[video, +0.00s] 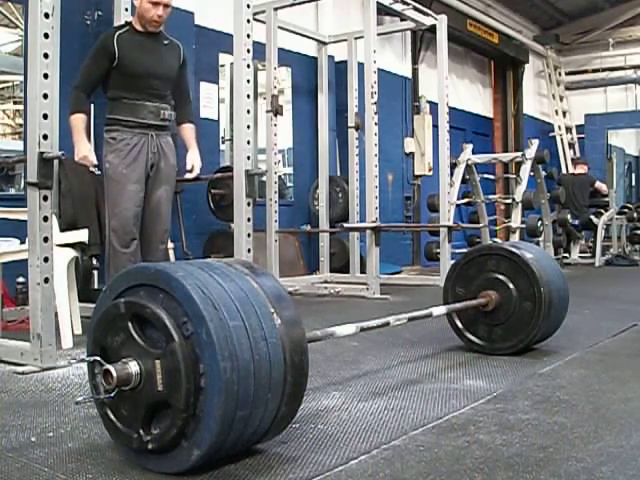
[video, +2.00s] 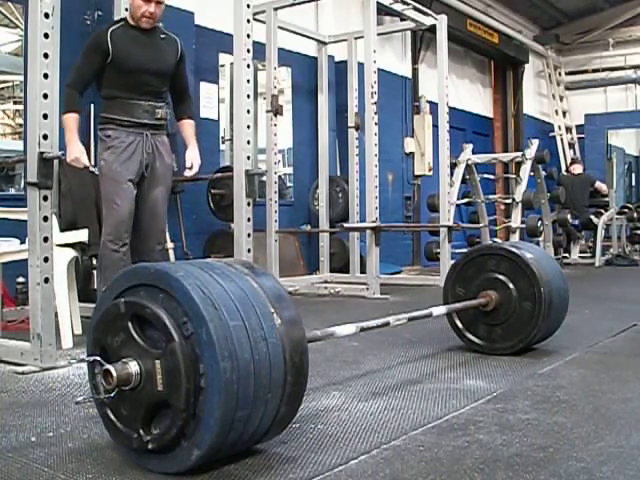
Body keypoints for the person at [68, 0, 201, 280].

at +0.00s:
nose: (160, 12)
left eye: (166, 7)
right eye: (154, 4)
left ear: (170, 10)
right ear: (137, 3)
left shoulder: (175, 50)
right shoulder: (113, 41)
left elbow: (183, 105)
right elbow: (80, 92)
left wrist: (192, 148)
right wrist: (80, 142)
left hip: (164, 143)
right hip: (124, 141)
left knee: (158, 231)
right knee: (124, 229)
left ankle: (158, 304)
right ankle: (123, 304)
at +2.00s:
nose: (151, 9)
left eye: (158, 3)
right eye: (145, 1)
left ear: (163, 7)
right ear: (130, 3)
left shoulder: (172, 45)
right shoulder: (106, 38)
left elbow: (182, 98)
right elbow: (73, 90)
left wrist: (192, 145)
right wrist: (72, 142)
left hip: (160, 141)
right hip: (118, 139)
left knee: (153, 233)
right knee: (118, 229)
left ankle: (152, 312)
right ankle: (113, 313)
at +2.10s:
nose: (148, 7)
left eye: (155, 2)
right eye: (142, 1)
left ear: (161, 6)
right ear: (127, 2)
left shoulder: (169, 43)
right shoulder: (104, 36)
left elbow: (180, 98)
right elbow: (69, 89)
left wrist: (191, 144)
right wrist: (70, 142)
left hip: (158, 141)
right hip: (116, 139)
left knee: (153, 230)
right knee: (117, 227)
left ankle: (151, 309)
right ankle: (110, 311)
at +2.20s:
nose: (145, 5)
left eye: (151, 0)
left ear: (157, 4)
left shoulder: (167, 40)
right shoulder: (101, 34)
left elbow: (178, 96)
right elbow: (66, 88)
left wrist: (189, 143)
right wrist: (68, 141)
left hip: (155, 140)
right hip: (113, 138)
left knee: (152, 230)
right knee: (117, 228)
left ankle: (153, 310)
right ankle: (112, 313)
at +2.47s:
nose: (139, 0)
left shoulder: (161, 27)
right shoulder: (92, 22)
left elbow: (173, 83)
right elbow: (54, 73)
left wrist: (187, 131)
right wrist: (57, 129)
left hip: (152, 134)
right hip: (106, 133)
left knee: (157, 224)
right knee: (108, 227)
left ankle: (148, 310)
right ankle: (107, 317)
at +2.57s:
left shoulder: (162, 24)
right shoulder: (92, 19)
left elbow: (174, 80)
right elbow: (53, 73)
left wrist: (188, 129)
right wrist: (59, 130)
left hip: (154, 135)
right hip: (106, 133)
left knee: (161, 231)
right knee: (108, 233)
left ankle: (151, 316)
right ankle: (107, 321)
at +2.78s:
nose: (158, 3)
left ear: (166, 0)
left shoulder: (170, 30)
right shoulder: (99, 23)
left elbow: (182, 83)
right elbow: (62, 83)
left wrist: (195, 133)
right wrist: (78, 138)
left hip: (158, 136)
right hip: (109, 135)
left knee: (161, 222)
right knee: (110, 233)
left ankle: (154, 312)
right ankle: (107, 321)